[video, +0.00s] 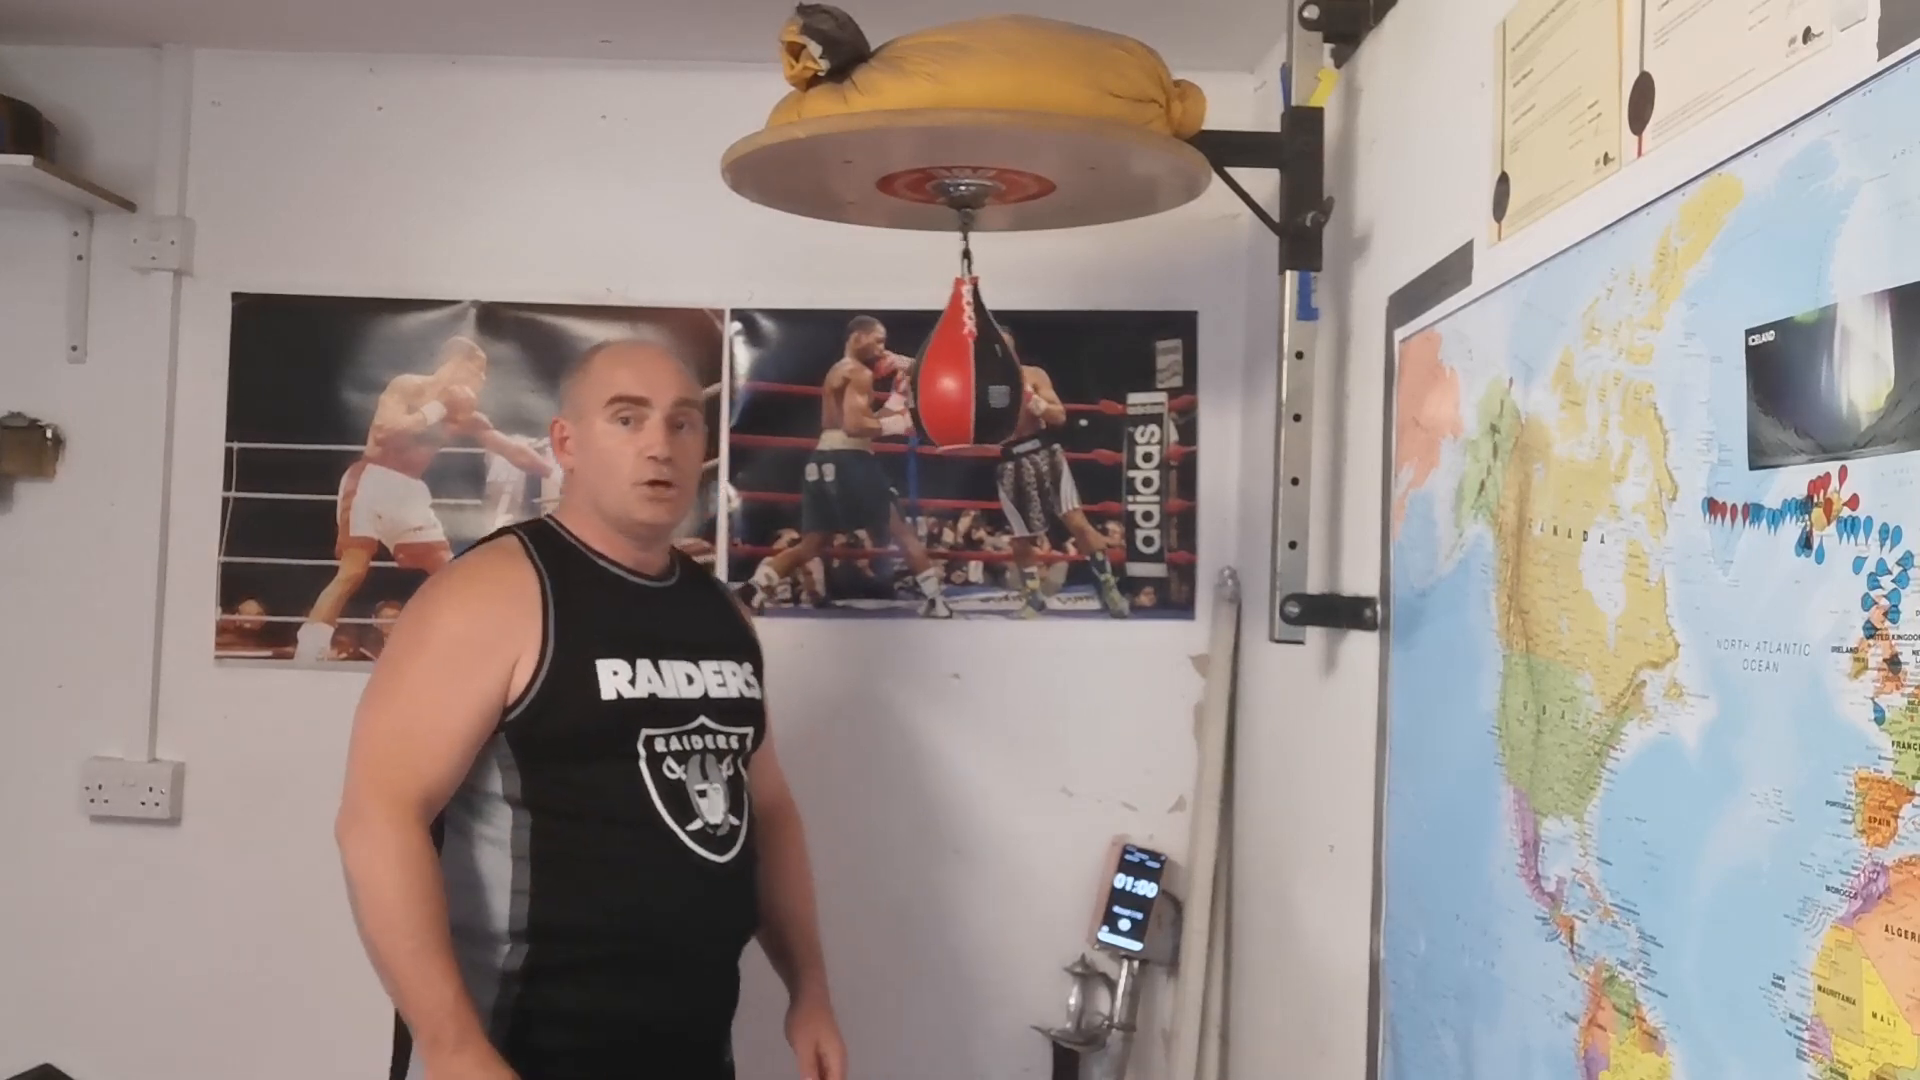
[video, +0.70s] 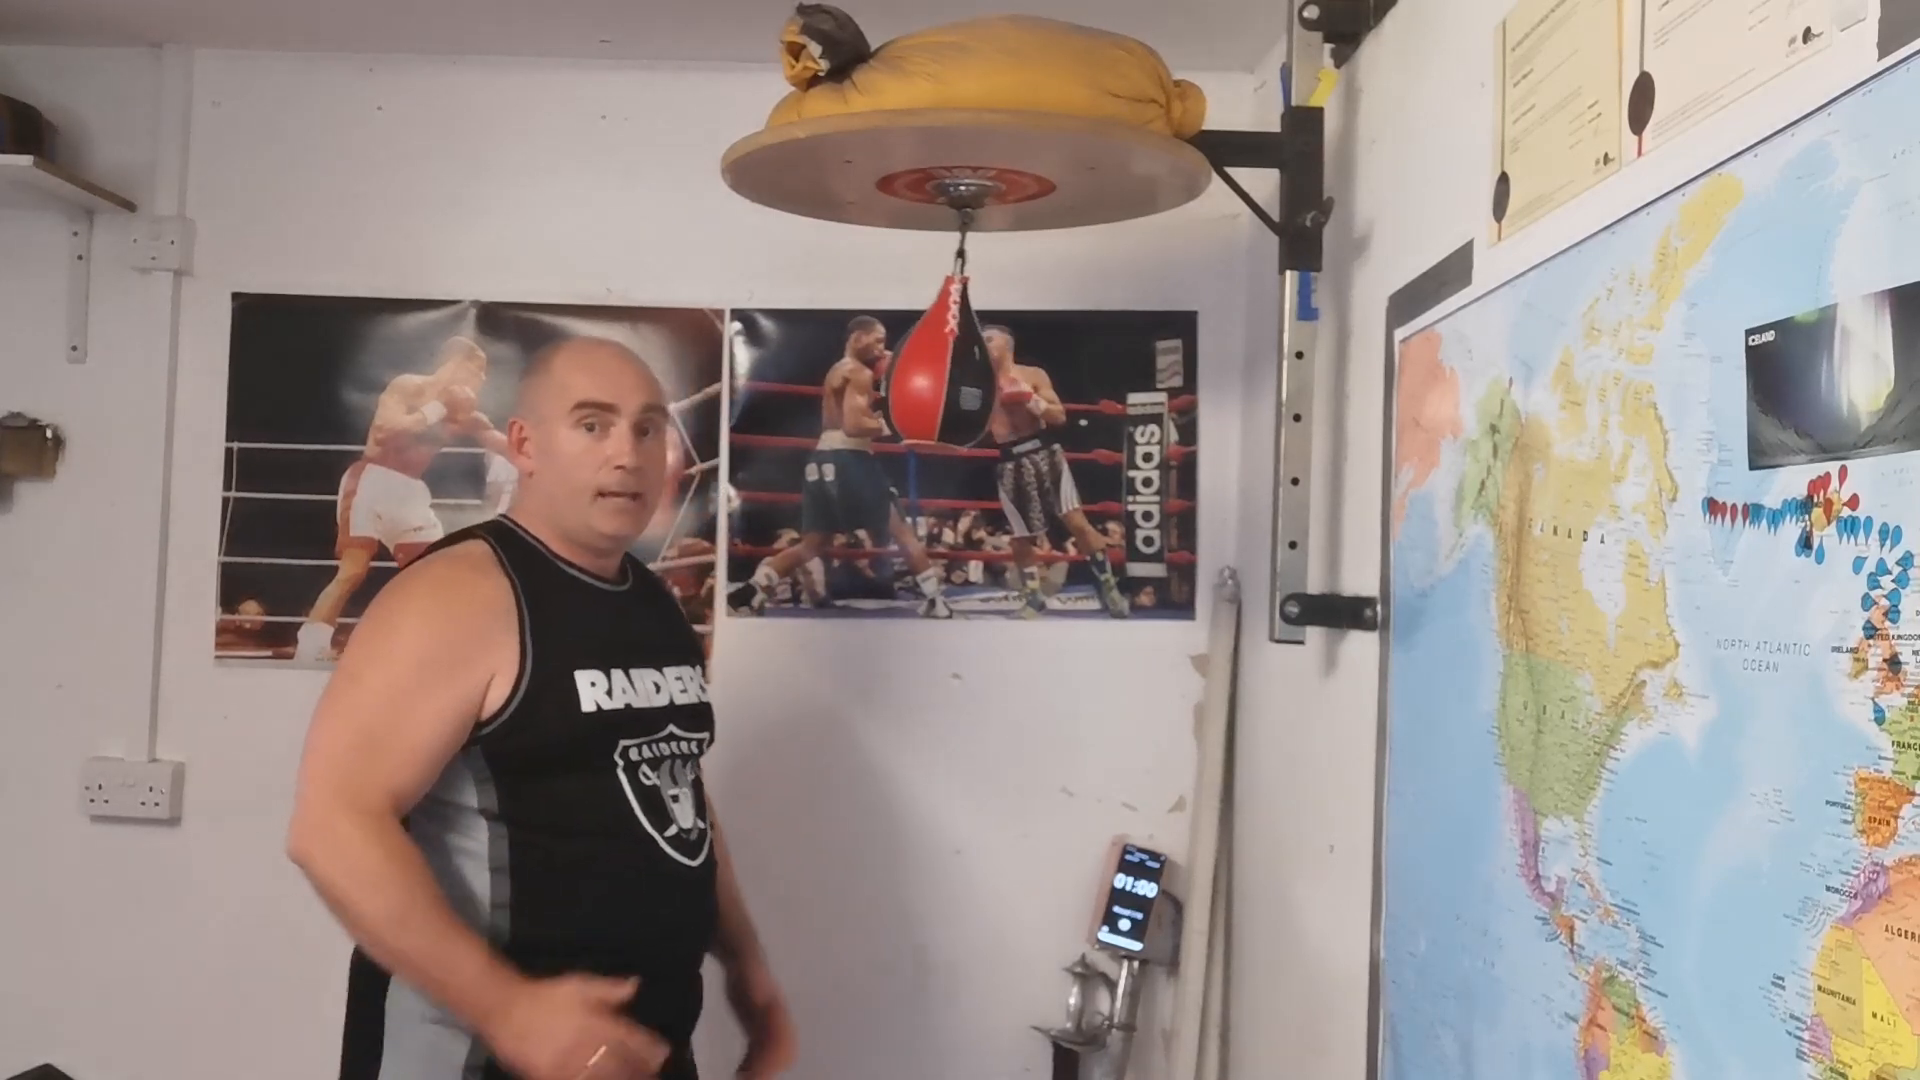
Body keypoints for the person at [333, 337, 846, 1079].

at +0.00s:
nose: (661, 447)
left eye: (682, 422)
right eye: (626, 418)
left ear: (704, 451)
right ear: (564, 444)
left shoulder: (717, 612)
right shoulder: (488, 593)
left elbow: (765, 810)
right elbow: (377, 815)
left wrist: (808, 988)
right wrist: (452, 1045)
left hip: (691, 1043)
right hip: (528, 1046)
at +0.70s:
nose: (627, 455)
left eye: (647, 431)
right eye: (592, 425)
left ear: (666, 457)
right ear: (523, 445)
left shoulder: (653, 602)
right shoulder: (453, 595)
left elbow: (679, 803)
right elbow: (333, 825)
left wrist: (745, 967)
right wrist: (506, 1009)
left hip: (644, 1049)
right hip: (472, 1059)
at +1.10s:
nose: (683, 450)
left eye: (699, 427)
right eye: (647, 422)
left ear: (715, 454)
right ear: (580, 447)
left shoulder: (706, 602)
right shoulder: (518, 589)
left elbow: (754, 790)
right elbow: (467, 811)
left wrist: (844, 739)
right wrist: (689, 747)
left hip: (709, 1012)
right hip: (557, 1020)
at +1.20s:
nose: (696, 452)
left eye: (712, 429)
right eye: (663, 423)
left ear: (730, 455)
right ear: (596, 447)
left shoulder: (726, 604)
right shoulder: (540, 588)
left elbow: (764, 796)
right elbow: (495, 809)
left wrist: (873, 760)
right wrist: (721, 766)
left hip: (724, 1009)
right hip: (571, 1015)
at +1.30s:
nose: (716, 451)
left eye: (732, 429)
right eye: (681, 425)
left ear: (749, 454)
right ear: (617, 450)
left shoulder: (743, 604)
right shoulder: (557, 588)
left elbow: (765, 803)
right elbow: (495, 803)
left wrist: (868, 779)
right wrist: (723, 780)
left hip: (730, 1009)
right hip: (579, 1013)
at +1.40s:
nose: (730, 456)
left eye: (748, 433)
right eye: (699, 427)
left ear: (767, 458)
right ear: (636, 446)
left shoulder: (755, 599)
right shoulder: (569, 586)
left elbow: (780, 760)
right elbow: (492, 794)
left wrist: (871, 815)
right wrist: (716, 830)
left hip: (732, 1007)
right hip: (583, 1009)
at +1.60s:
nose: (741, 449)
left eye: (759, 431)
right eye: (710, 423)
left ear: (776, 461)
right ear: (646, 447)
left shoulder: (764, 606)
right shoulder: (580, 581)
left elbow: (808, 796)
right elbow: (495, 800)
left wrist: (844, 957)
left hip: (736, 1012)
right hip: (592, 1017)